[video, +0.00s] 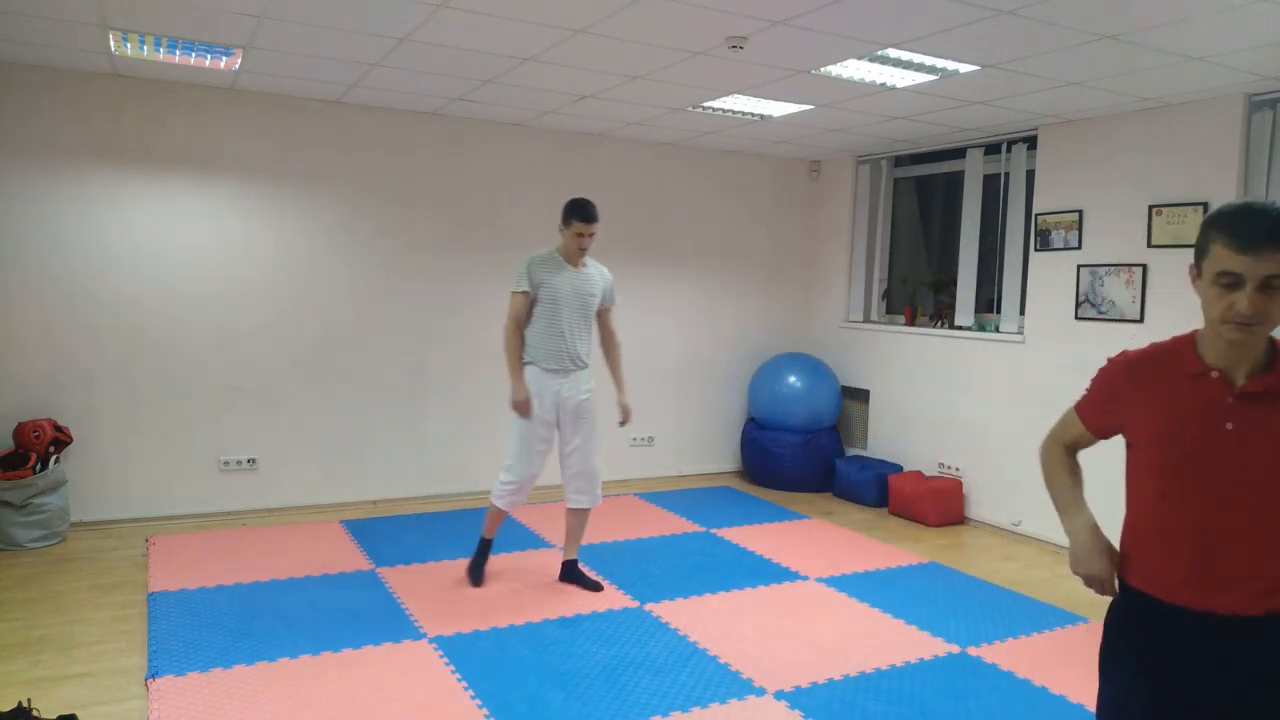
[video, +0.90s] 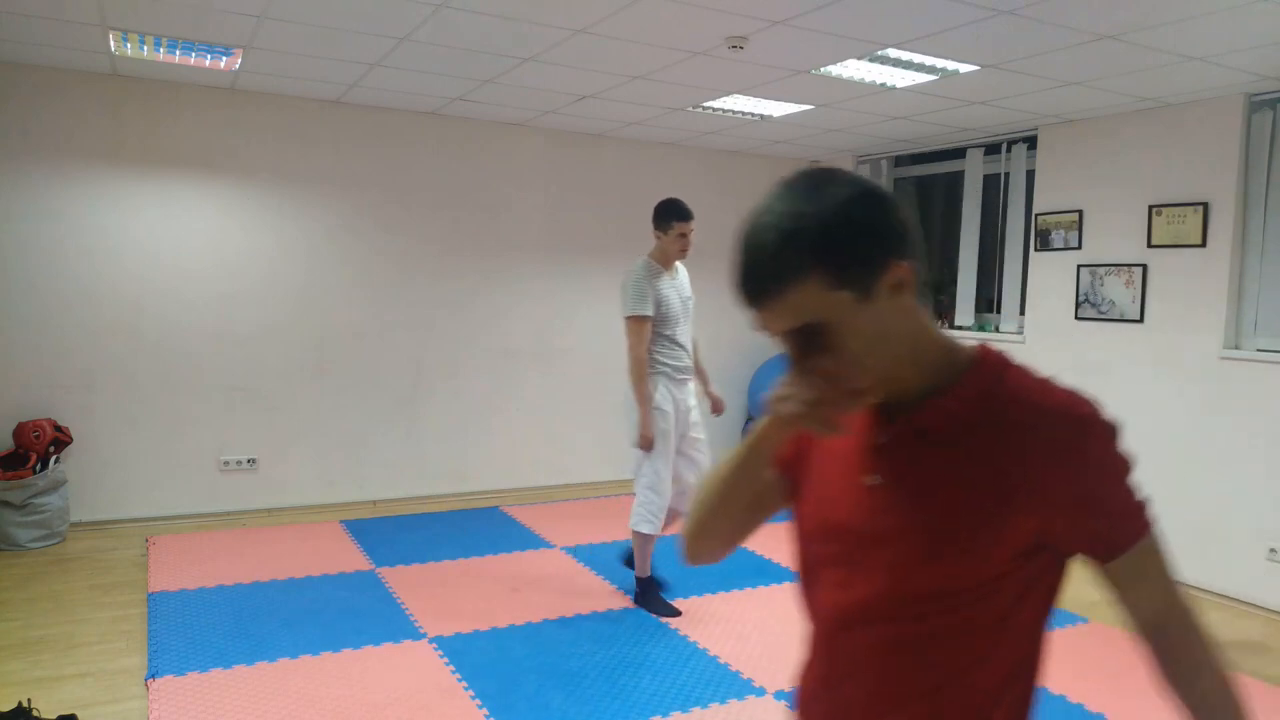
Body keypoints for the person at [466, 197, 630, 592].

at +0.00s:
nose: (586, 242)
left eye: (591, 235)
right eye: (579, 234)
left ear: (596, 234)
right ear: (562, 230)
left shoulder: (600, 277)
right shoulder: (535, 266)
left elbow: (608, 337)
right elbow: (515, 324)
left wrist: (621, 392)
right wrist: (516, 383)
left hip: (579, 382)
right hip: (538, 381)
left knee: (583, 473)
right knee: (522, 471)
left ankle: (570, 564)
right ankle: (483, 549)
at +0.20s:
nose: (609, 241)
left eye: (615, 234)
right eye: (603, 233)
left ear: (619, 234)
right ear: (586, 229)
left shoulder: (621, 278)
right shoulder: (560, 266)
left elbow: (634, 336)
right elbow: (535, 324)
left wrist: (652, 390)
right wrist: (544, 378)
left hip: (595, 383)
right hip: (557, 381)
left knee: (590, 474)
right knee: (555, 474)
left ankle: (570, 564)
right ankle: (539, 564)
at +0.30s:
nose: (620, 242)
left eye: (625, 235)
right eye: (614, 234)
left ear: (630, 235)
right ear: (596, 230)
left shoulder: (629, 279)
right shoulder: (570, 267)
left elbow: (641, 337)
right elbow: (545, 325)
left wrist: (659, 387)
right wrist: (553, 381)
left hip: (605, 383)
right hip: (568, 381)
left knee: (595, 472)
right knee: (573, 470)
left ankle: (573, 559)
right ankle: (574, 563)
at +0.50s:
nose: (642, 244)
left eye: (647, 238)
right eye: (636, 237)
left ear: (649, 237)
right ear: (616, 232)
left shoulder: (646, 282)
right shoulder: (589, 273)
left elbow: (647, 343)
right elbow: (567, 335)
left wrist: (654, 396)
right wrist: (570, 396)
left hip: (630, 387)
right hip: (594, 386)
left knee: (602, 477)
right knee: (609, 478)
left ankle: (572, 561)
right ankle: (635, 579)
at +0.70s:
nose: (663, 243)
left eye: (667, 235)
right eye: (656, 236)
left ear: (669, 234)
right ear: (636, 233)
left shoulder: (663, 276)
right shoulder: (615, 277)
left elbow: (661, 343)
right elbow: (600, 346)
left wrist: (669, 398)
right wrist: (600, 409)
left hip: (655, 387)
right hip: (625, 385)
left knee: (636, 480)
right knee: (638, 482)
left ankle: (581, 551)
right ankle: (642, 584)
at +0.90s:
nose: (688, 242)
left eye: (691, 234)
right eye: (680, 235)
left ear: (689, 233)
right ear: (658, 234)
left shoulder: (680, 272)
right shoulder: (641, 279)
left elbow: (685, 337)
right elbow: (638, 352)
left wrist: (706, 387)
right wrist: (645, 415)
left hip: (686, 390)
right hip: (658, 392)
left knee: (691, 479)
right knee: (655, 484)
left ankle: (640, 547)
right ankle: (644, 581)